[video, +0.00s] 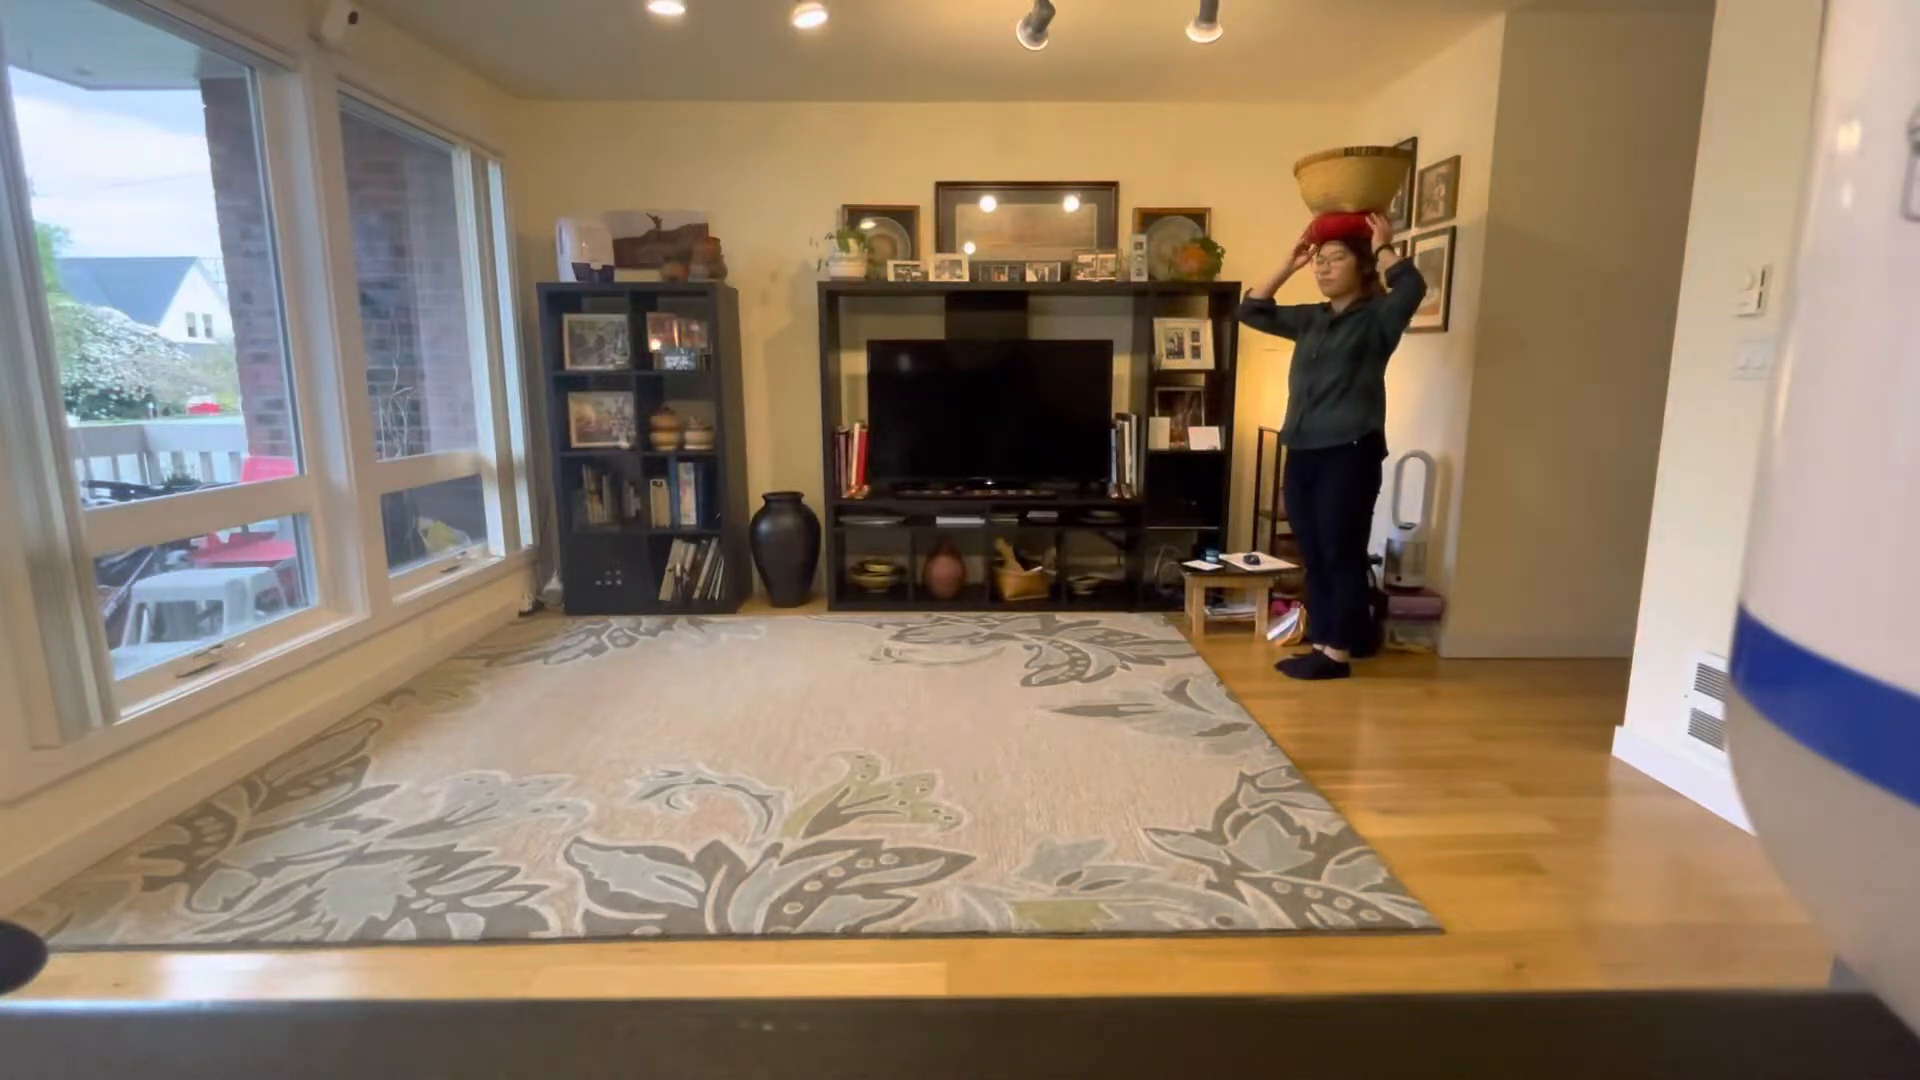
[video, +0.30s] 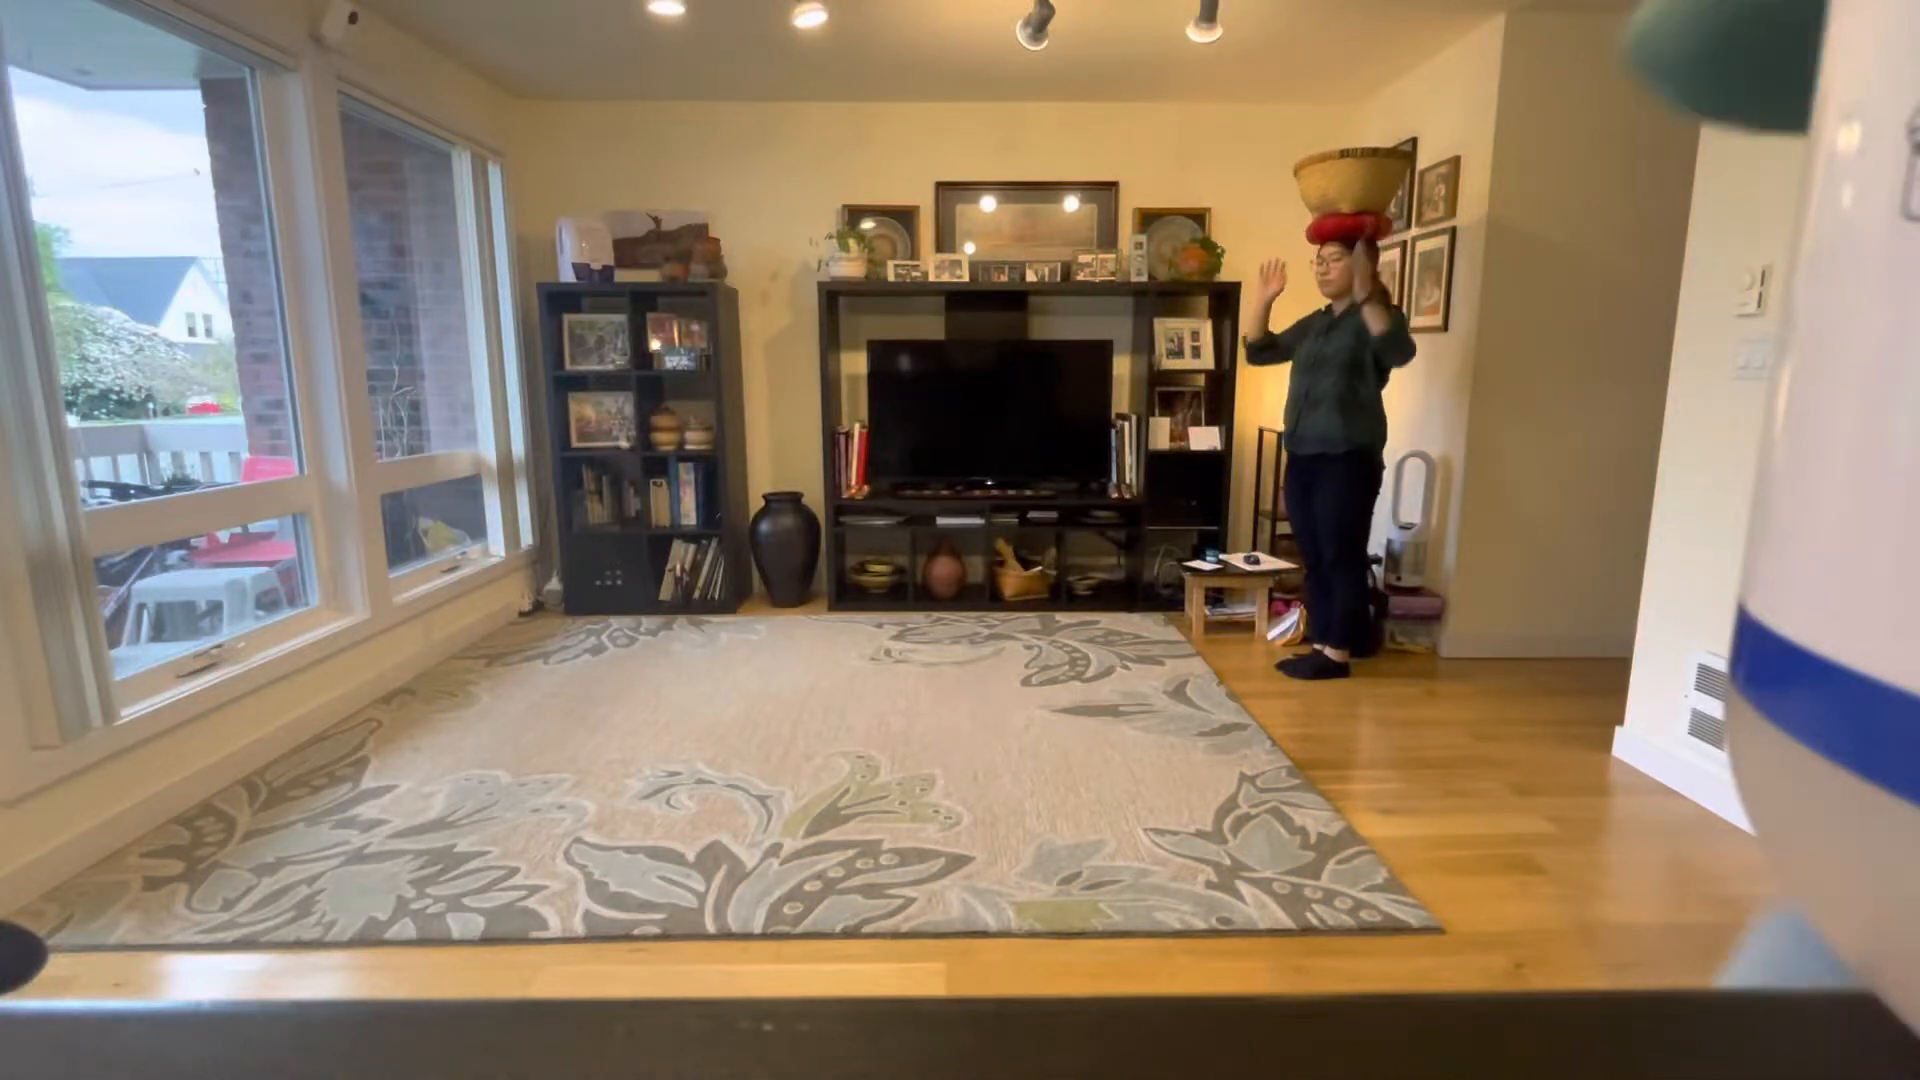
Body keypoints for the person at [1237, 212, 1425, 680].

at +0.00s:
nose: (1323, 267)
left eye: (1335, 258)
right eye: (1318, 259)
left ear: (1362, 266)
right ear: (1313, 266)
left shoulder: (1377, 317)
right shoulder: (1311, 317)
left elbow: (1411, 288)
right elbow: (1250, 311)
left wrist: (1383, 248)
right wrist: (1288, 268)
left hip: (1352, 449)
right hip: (1304, 449)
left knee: (1341, 549)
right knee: (1314, 550)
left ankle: (1338, 652)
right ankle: (1321, 643)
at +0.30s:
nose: (1321, 268)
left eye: (1332, 259)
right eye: (1318, 260)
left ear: (1361, 264)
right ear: (1315, 267)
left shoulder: (1378, 317)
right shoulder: (1313, 323)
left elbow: (1398, 353)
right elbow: (1258, 352)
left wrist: (1370, 293)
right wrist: (1262, 300)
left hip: (1350, 457)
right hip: (1305, 456)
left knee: (1341, 553)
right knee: (1315, 553)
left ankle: (1338, 653)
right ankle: (1323, 644)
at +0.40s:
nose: (1321, 268)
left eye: (1332, 259)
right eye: (1318, 261)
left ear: (1362, 266)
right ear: (1314, 268)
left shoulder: (1382, 322)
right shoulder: (1316, 325)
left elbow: (1391, 382)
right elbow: (1269, 370)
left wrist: (1347, 345)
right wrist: (1254, 325)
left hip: (1350, 459)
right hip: (1305, 458)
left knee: (1340, 553)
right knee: (1314, 553)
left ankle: (1337, 652)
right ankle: (1324, 643)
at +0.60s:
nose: (1319, 268)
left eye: (1330, 259)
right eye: (1317, 261)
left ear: (1361, 266)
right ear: (1316, 268)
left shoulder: (1378, 324)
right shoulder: (1318, 328)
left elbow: (1392, 399)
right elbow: (1296, 395)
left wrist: (1334, 410)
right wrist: (1257, 370)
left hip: (1350, 462)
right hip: (1308, 460)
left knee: (1339, 554)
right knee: (1315, 555)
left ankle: (1337, 652)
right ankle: (1323, 643)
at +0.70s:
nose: (1318, 268)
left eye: (1329, 259)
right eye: (1316, 261)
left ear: (1359, 266)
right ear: (1315, 269)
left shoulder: (1376, 326)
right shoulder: (1318, 328)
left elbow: (1394, 399)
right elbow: (1312, 401)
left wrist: (1339, 421)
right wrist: (1268, 395)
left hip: (1349, 462)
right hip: (1308, 460)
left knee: (1338, 553)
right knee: (1315, 553)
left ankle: (1336, 651)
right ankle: (1324, 642)